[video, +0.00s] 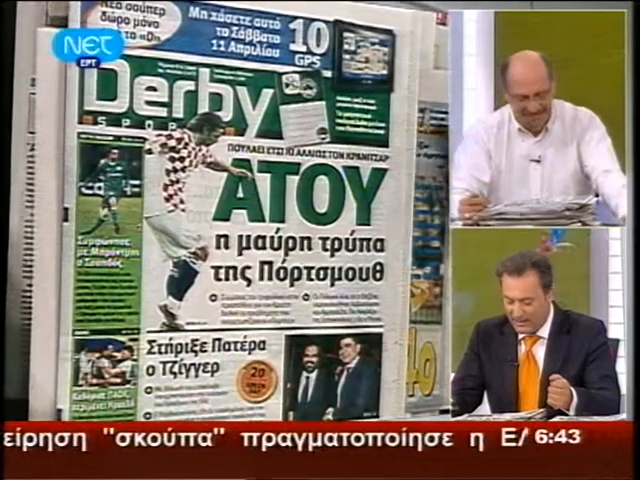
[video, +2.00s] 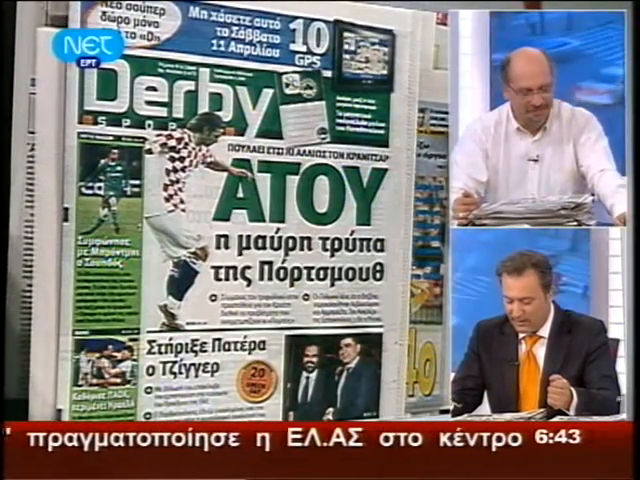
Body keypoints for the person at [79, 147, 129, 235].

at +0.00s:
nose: (115, 156)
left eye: (116, 154)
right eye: (113, 154)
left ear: (118, 155)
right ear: (109, 155)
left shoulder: (122, 165)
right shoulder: (104, 164)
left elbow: (126, 177)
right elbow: (96, 174)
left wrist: (128, 187)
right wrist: (86, 182)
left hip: (119, 189)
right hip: (108, 189)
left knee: (105, 213)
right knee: (113, 206)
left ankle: (91, 231)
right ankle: (116, 225)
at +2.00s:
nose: (115, 156)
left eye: (116, 154)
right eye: (113, 154)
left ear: (118, 155)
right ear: (109, 155)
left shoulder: (122, 165)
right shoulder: (104, 165)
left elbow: (126, 177)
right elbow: (96, 174)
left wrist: (128, 187)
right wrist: (86, 182)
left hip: (118, 189)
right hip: (108, 189)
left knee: (105, 213)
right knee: (113, 206)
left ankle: (91, 230)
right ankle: (116, 225)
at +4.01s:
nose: (115, 156)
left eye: (116, 154)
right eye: (113, 154)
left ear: (118, 155)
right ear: (109, 154)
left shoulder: (122, 165)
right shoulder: (104, 165)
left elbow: (126, 177)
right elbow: (95, 174)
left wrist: (127, 187)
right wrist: (85, 182)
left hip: (118, 190)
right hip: (108, 189)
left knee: (105, 213)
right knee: (113, 205)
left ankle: (91, 230)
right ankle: (116, 225)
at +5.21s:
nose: (115, 156)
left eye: (116, 154)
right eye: (113, 154)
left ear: (118, 155)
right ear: (109, 154)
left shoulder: (122, 165)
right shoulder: (104, 165)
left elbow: (126, 176)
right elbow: (95, 174)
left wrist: (127, 186)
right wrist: (85, 182)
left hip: (118, 190)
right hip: (108, 189)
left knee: (105, 213)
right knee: (113, 205)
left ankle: (91, 230)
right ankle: (116, 225)